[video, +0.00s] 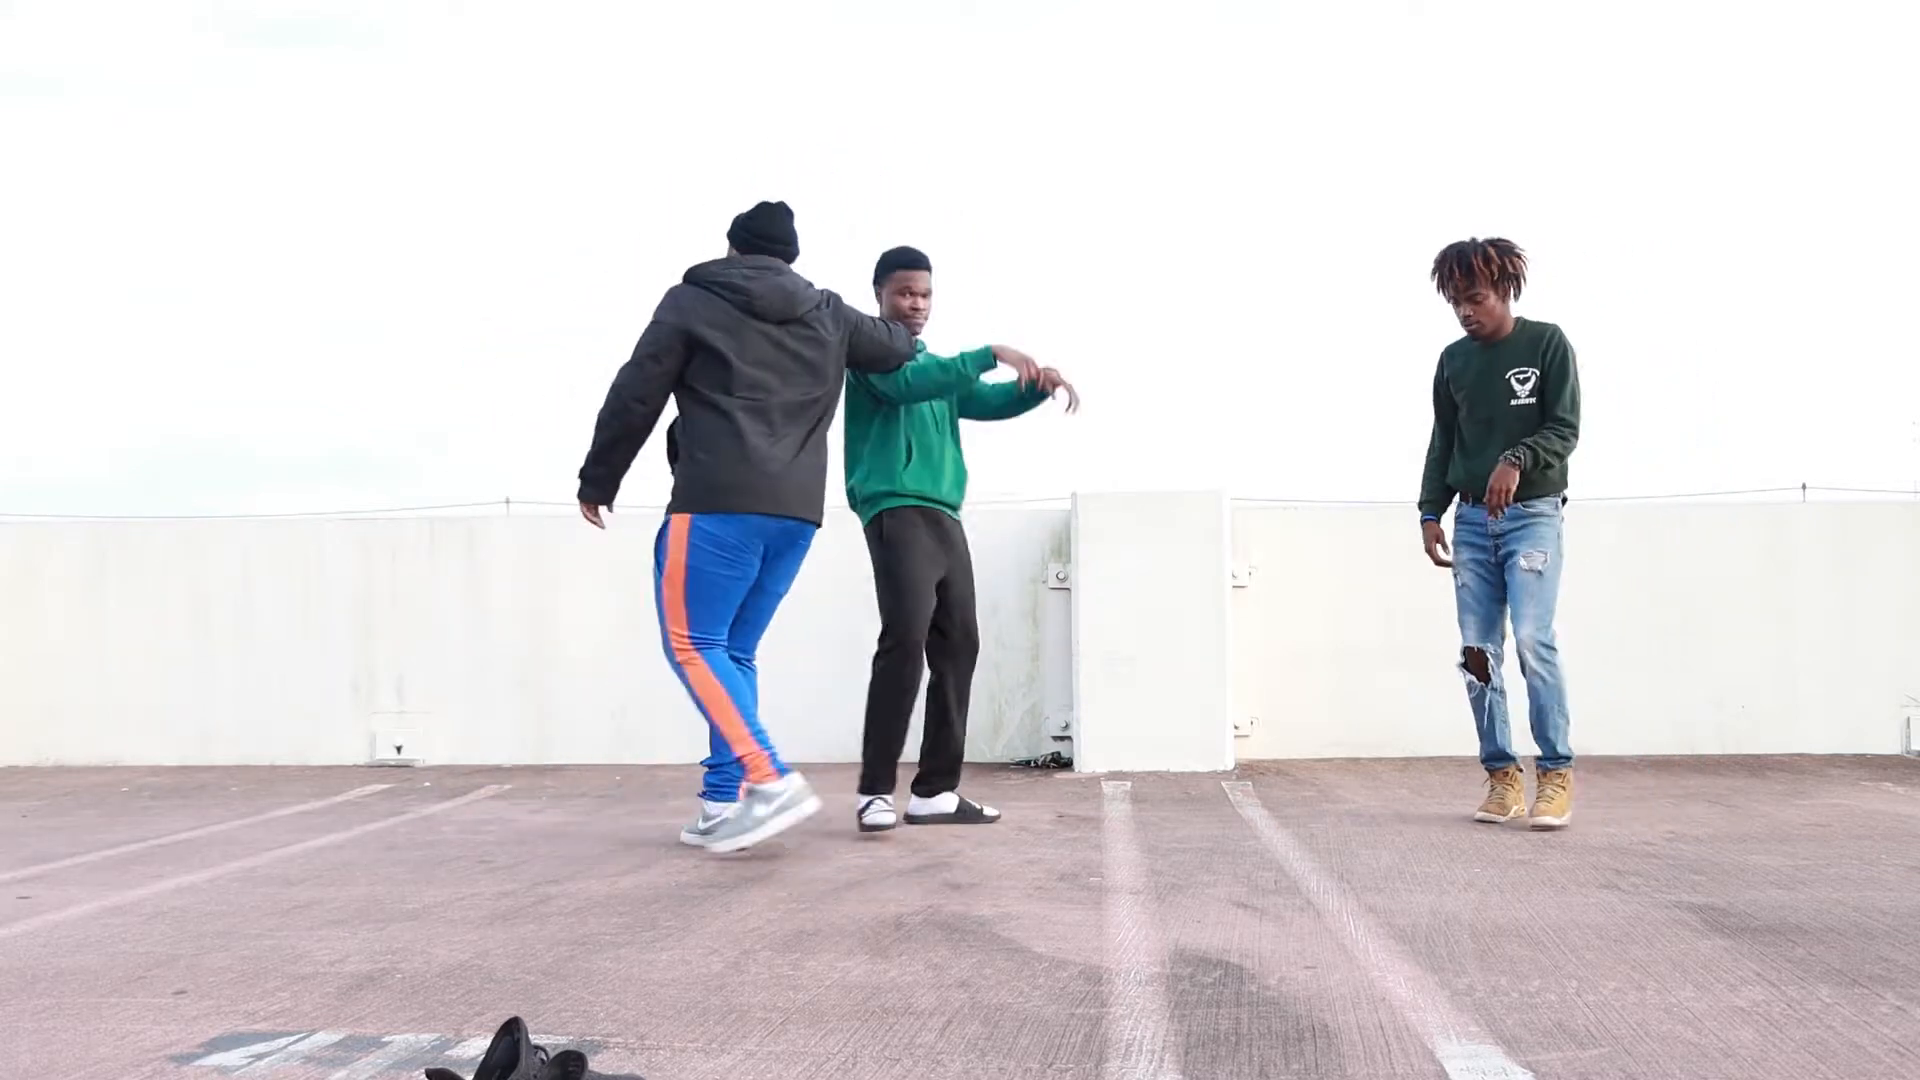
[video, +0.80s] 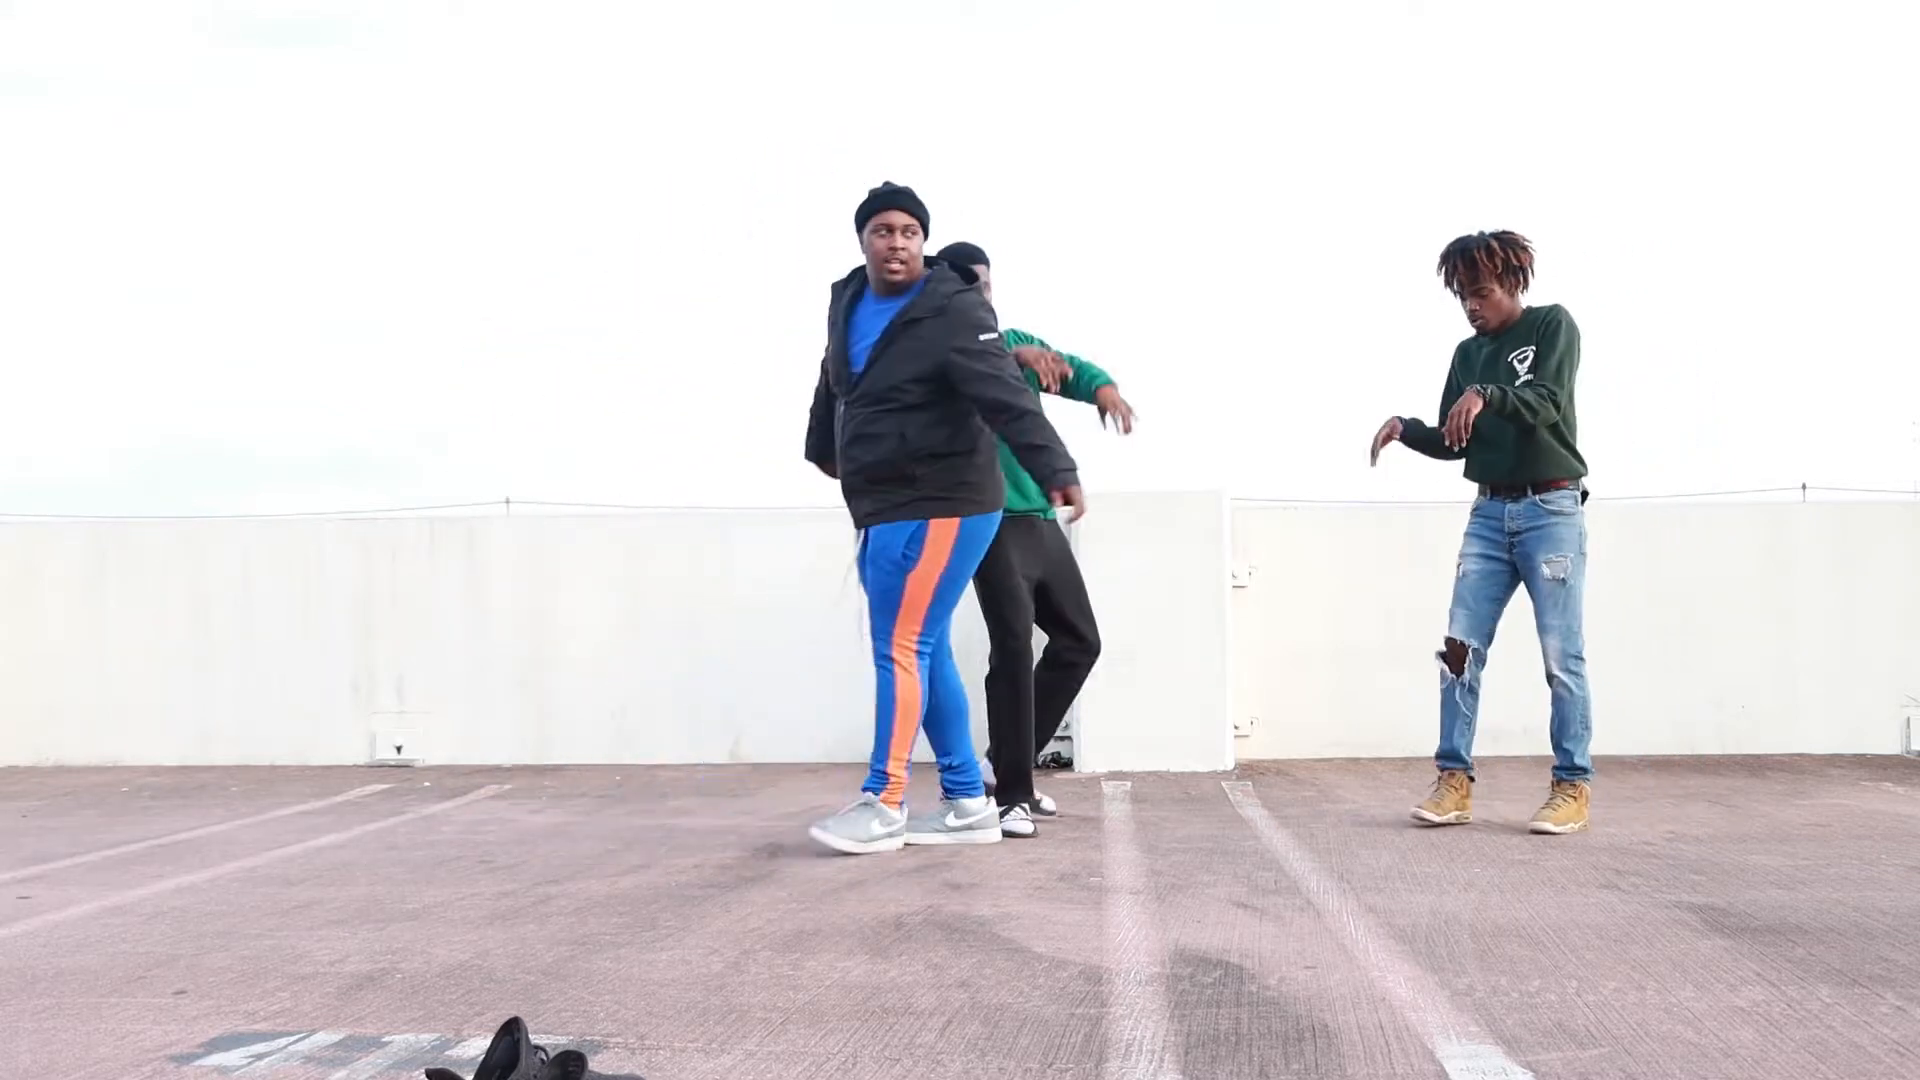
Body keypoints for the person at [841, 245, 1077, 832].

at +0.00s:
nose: (916, 304)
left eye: (924, 295)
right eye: (904, 294)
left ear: (931, 300)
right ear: (879, 295)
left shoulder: (936, 367)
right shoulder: (867, 348)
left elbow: (983, 401)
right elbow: (898, 385)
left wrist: (1036, 386)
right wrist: (991, 354)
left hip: (947, 519)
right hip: (900, 513)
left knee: (959, 647)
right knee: (904, 641)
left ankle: (934, 792)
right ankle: (877, 792)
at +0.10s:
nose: (922, 294)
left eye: (930, 285)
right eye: (908, 285)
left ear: (938, 291)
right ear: (886, 290)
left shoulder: (951, 354)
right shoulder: (876, 341)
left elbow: (1009, 363)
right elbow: (912, 370)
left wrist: (1036, 323)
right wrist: (976, 307)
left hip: (959, 509)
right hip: (911, 504)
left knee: (959, 641)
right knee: (931, 632)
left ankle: (944, 790)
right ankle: (918, 792)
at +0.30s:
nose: (933, 299)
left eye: (941, 288)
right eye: (920, 289)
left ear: (956, 290)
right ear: (899, 296)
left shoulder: (965, 346)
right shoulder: (895, 352)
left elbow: (1015, 347)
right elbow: (924, 384)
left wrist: (1006, 310)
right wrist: (944, 307)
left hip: (992, 508)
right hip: (945, 507)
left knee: (967, 639)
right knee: (978, 633)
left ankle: (931, 787)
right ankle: (993, 790)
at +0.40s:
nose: (940, 308)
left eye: (948, 298)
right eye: (927, 298)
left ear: (960, 302)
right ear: (905, 304)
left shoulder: (976, 346)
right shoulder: (906, 361)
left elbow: (1026, 369)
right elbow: (923, 411)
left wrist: (992, 349)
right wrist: (959, 345)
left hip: (1009, 514)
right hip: (959, 515)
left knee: (998, 651)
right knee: (1000, 643)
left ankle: (937, 788)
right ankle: (1012, 797)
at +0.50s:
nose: (944, 323)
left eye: (952, 312)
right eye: (932, 313)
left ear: (964, 315)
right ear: (912, 318)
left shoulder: (988, 358)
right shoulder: (911, 378)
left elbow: (1035, 394)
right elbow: (929, 444)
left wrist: (1000, 420)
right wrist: (971, 398)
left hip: (1021, 522)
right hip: (969, 524)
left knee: (1021, 658)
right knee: (1022, 647)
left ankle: (938, 789)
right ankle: (1016, 800)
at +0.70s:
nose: (966, 315)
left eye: (971, 305)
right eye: (955, 307)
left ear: (980, 305)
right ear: (935, 311)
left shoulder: (1008, 354)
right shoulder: (935, 365)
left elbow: (1065, 394)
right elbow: (948, 413)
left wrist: (1071, 446)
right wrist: (998, 409)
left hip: (1037, 530)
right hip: (989, 530)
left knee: (1068, 659)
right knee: (1016, 654)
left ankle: (973, 755)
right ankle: (1014, 797)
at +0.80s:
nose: (983, 297)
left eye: (986, 286)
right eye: (971, 288)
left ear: (992, 289)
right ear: (948, 295)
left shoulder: (1013, 345)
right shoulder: (939, 352)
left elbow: (1063, 367)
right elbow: (965, 381)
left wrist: (1102, 387)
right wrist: (1017, 358)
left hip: (1039, 517)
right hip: (989, 520)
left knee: (1078, 643)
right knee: (1013, 649)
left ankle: (1012, 763)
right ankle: (1011, 796)